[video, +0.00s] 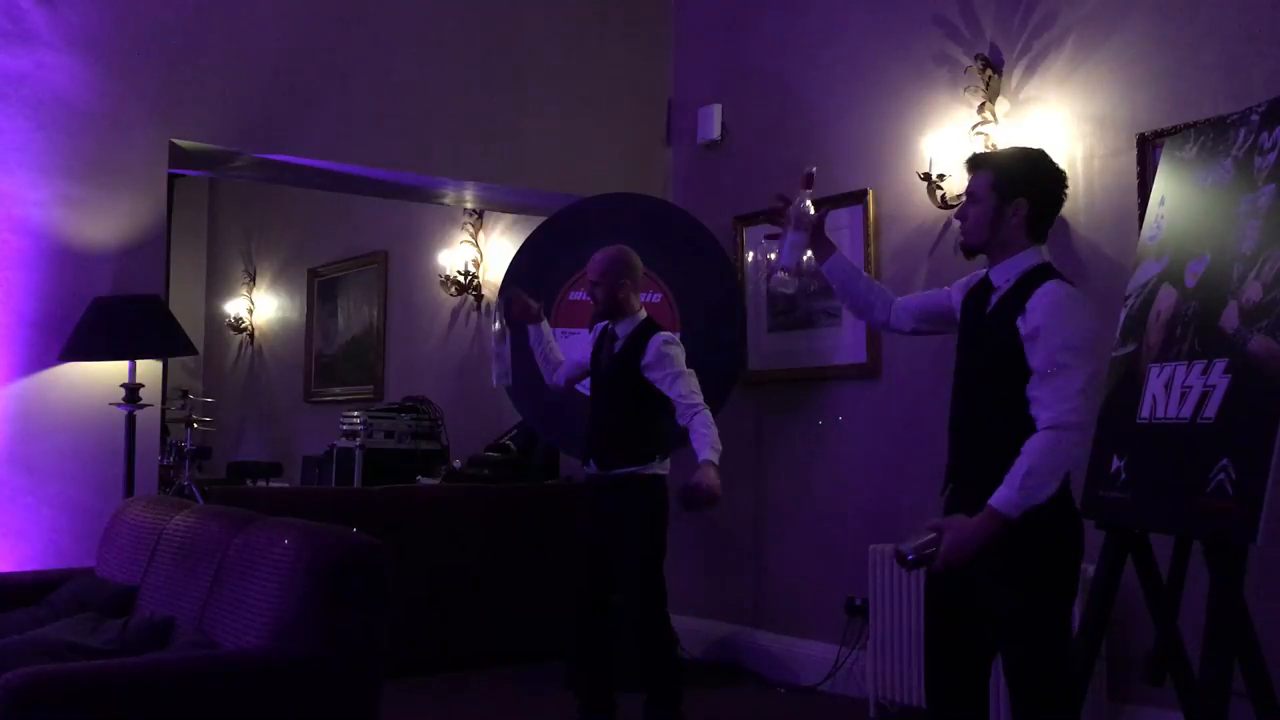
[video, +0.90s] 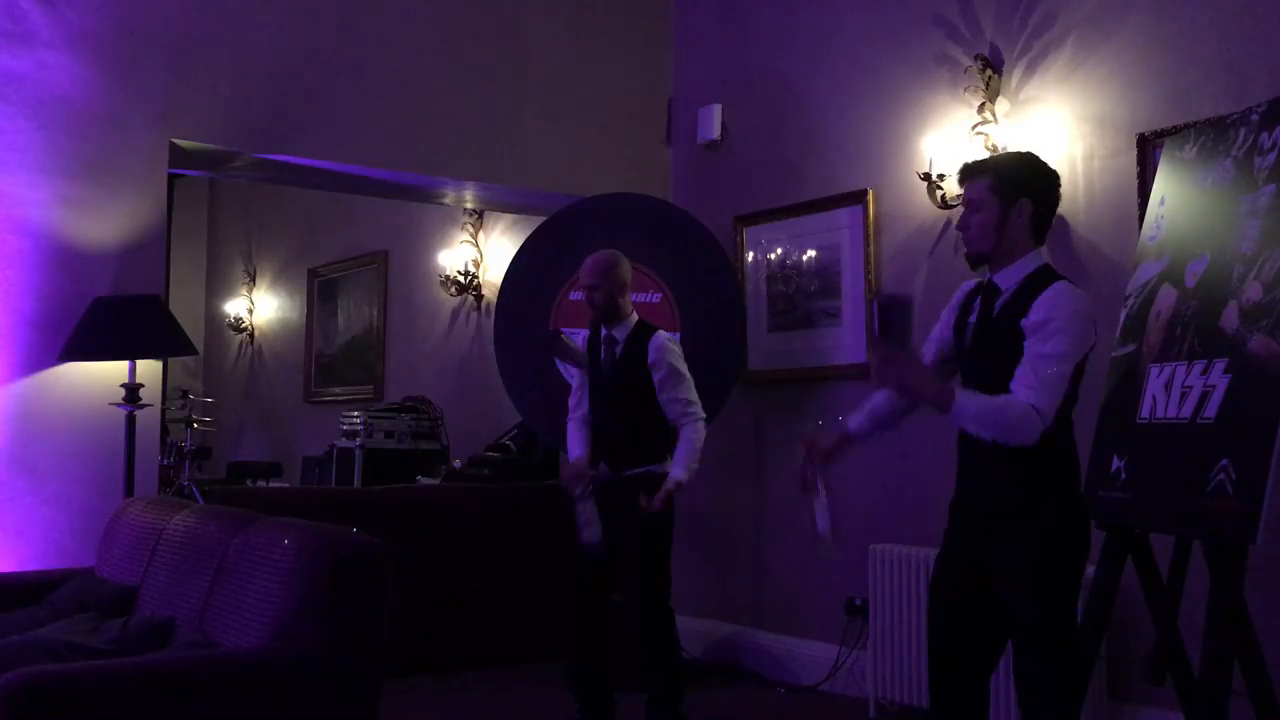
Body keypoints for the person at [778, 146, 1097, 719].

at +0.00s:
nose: (959, 209)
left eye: (972, 198)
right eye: (964, 196)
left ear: (1016, 212)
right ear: (1006, 214)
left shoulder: (1056, 304)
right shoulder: (976, 294)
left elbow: (1064, 432)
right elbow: (886, 309)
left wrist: (983, 520)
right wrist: (816, 241)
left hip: (1030, 530)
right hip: (967, 525)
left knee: (1040, 697)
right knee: (954, 690)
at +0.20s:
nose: (960, 214)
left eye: (975, 202)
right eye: (964, 201)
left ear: (1019, 217)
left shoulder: (1043, 308)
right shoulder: (979, 293)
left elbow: (1012, 437)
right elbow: (886, 329)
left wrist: (932, 515)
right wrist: (830, 277)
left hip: (1028, 516)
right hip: (974, 510)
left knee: (1035, 687)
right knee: (950, 681)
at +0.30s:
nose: (958, 219)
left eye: (973, 207)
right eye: (960, 205)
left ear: (1019, 218)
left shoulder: (1038, 308)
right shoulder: (976, 295)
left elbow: (991, 436)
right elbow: (885, 358)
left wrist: (895, 486)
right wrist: (868, 314)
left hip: (1030, 510)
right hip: (979, 504)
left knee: (1031, 675)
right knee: (949, 667)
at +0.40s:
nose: (954, 221)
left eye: (969, 208)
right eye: (956, 207)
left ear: (1014, 219)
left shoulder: (1034, 305)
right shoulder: (970, 292)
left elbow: (997, 432)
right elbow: (915, 385)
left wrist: (897, 433)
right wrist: (923, 357)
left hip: (1030, 507)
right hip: (978, 499)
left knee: (1034, 677)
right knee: (948, 667)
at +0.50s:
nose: (953, 218)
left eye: (968, 206)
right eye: (954, 205)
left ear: (1013, 215)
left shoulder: (1040, 300)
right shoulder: (960, 294)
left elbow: (1041, 428)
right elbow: (926, 381)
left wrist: (959, 444)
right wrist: (929, 420)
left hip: (1033, 503)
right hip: (973, 497)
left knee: (1038, 677)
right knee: (948, 667)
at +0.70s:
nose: (962, 210)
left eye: (979, 199)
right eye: (962, 199)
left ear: (1024, 210)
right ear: (959, 207)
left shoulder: (1057, 296)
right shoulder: (949, 303)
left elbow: (1097, 412)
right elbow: (923, 401)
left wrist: (993, 408)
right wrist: (888, 488)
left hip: (1041, 516)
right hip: (969, 513)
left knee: (1046, 689)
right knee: (953, 685)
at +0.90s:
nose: (960, 220)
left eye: (975, 206)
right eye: (961, 207)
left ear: (1021, 214)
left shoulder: (1062, 304)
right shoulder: (970, 299)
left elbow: (1027, 419)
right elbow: (914, 384)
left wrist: (934, 391)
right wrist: (841, 437)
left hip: (1041, 515)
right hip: (975, 510)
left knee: (1046, 689)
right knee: (954, 682)